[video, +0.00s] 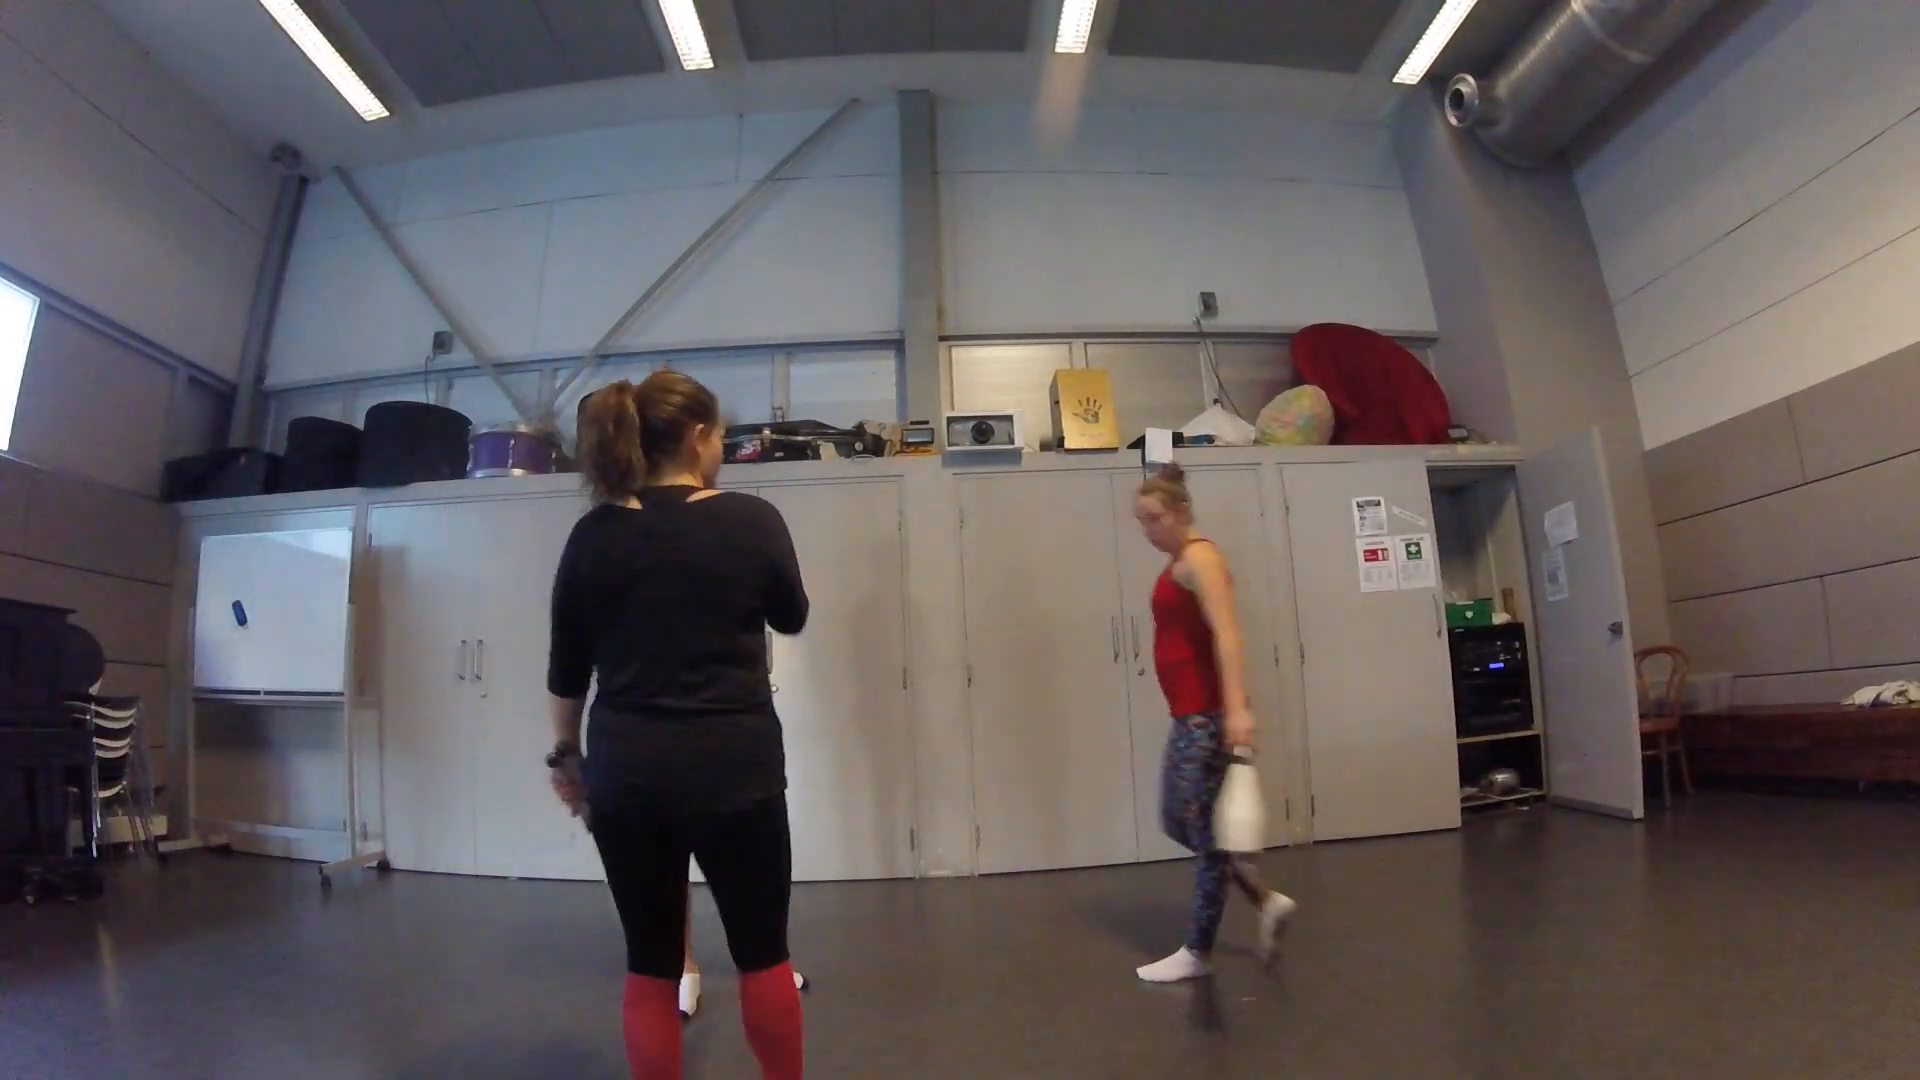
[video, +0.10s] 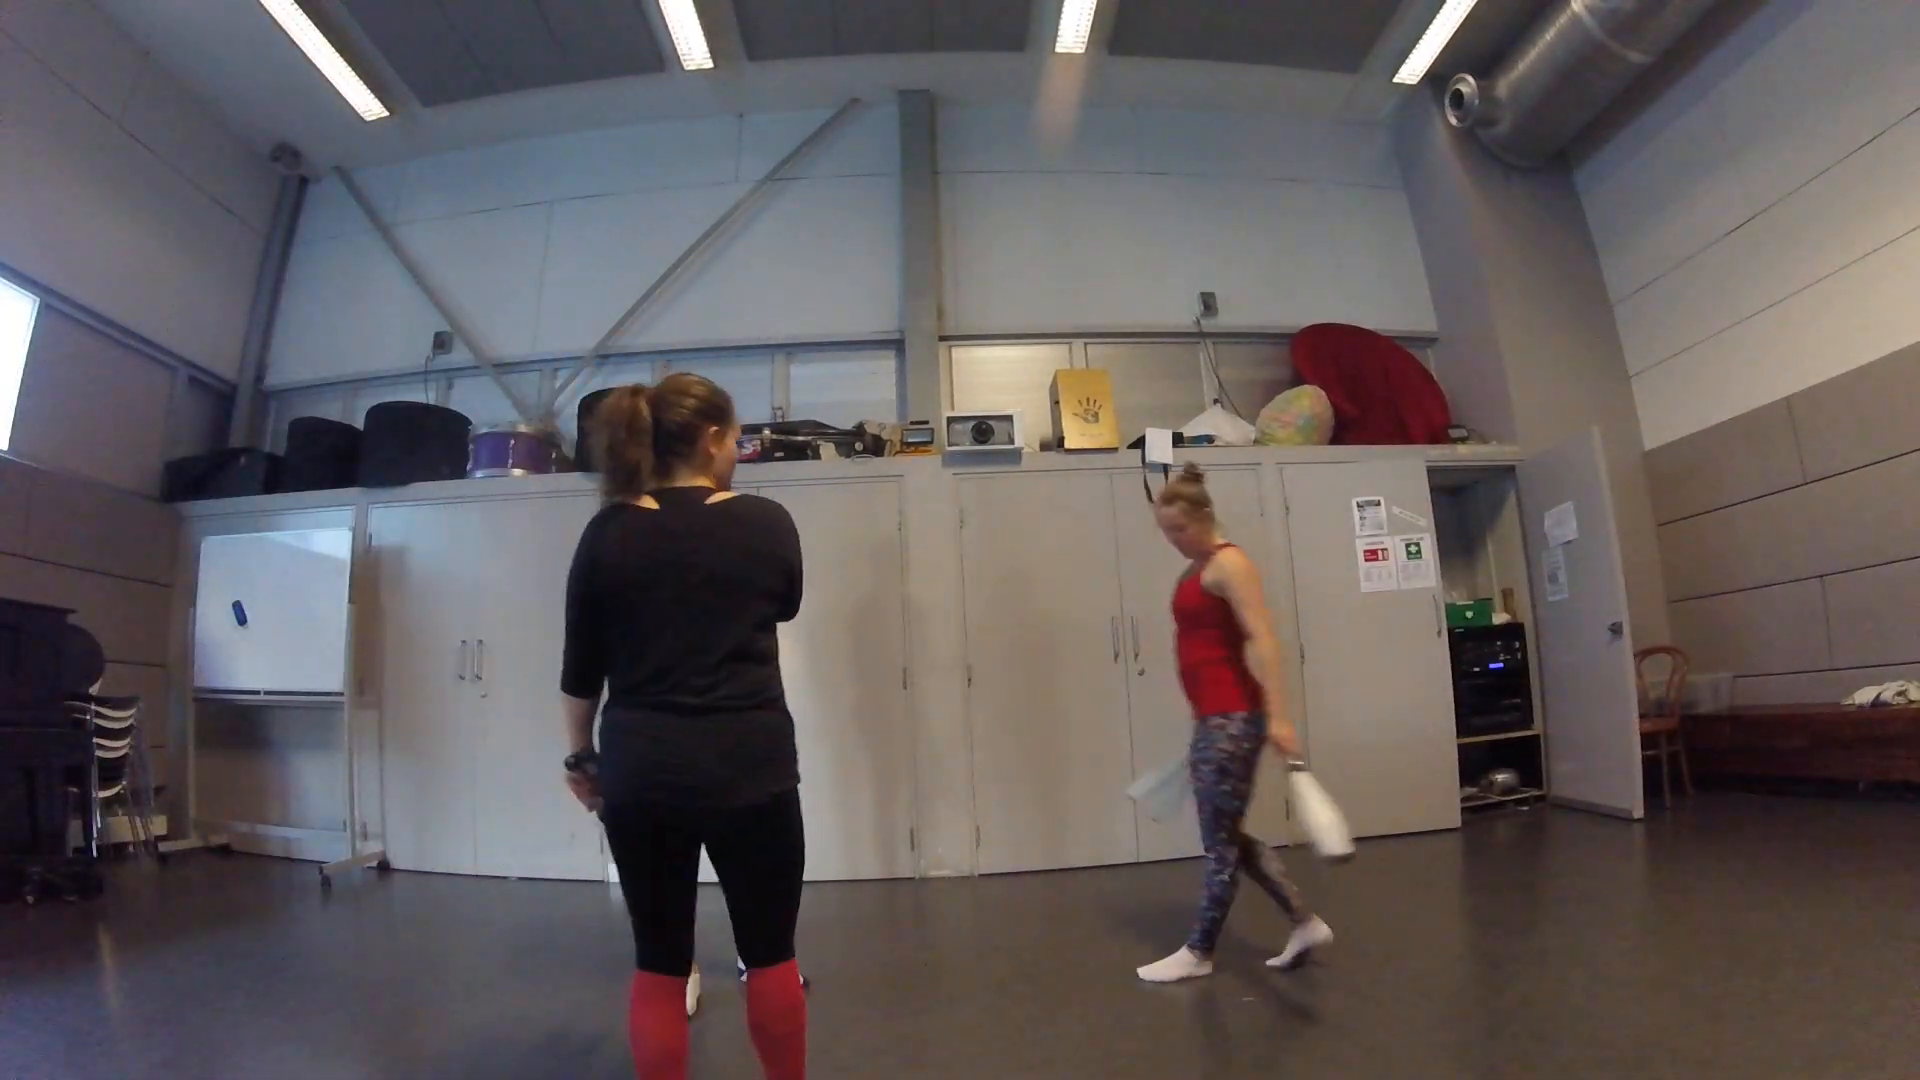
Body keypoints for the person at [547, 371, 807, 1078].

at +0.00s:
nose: (720, 447)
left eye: (719, 436)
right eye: (718, 436)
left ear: (642, 440)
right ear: (698, 438)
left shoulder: (595, 534)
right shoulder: (751, 522)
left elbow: (568, 662)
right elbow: (791, 616)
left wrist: (564, 751)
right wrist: (728, 545)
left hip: (627, 781)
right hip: (735, 776)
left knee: (651, 965)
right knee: (762, 957)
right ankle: (785, 1073)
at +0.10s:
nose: (737, 451)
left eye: (738, 438)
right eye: (734, 438)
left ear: (654, 441)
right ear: (711, 440)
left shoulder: (609, 533)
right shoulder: (765, 524)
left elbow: (581, 665)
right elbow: (784, 603)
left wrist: (579, 753)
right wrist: (721, 514)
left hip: (641, 779)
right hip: (750, 774)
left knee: (660, 962)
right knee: (769, 956)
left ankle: (660, 1075)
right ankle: (787, 1074)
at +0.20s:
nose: (752, 451)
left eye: (751, 439)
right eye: (749, 440)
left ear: (669, 445)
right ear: (724, 443)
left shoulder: (620, 534)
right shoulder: (775, 526)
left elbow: (592, 666)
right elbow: (788, 601)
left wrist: (588, 757)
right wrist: (726, 509)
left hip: (652, 779)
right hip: (762, 775)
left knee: (670, 960)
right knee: (773, 955)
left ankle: (666, 1075)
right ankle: (787, 1075)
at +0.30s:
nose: (761, 454)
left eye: (760, 443)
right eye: (758, 443)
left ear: (675, 449)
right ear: (734, 447)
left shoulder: (630, 535)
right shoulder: (783, 530)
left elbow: (600, 664)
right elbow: (798, 609)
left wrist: (588, 758)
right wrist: (739, 515)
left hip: (661, 778)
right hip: (770, 775)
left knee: (679, 956)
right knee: (779, 951)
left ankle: (672, 1073)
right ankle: (789, 1074)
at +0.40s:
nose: (767, 459)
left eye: (765, 447)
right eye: (764, 447)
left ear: (684, 452)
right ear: (743, 449)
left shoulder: (637, 536)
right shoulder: (788, 531)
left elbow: (604, 661)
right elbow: (810, 617)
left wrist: (584, 757)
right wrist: (756, 534)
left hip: (665, 778)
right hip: (773, 775)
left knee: (686, 942)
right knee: (780, 948)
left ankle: (678, 1072)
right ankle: (791, 1075)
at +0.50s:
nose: (769, 459)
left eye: (767, 448)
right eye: (766, 448)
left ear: (689, 454)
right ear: (743, 451)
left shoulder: (640, 536)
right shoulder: (785, 533)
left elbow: (604, 658)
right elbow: (826, 621)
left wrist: (573, 755)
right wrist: (815, 540)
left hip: (661, 774)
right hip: (765, 770)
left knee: (683, 918)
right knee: (777, 944)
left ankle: (667, 1073)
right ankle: (791, 1075)